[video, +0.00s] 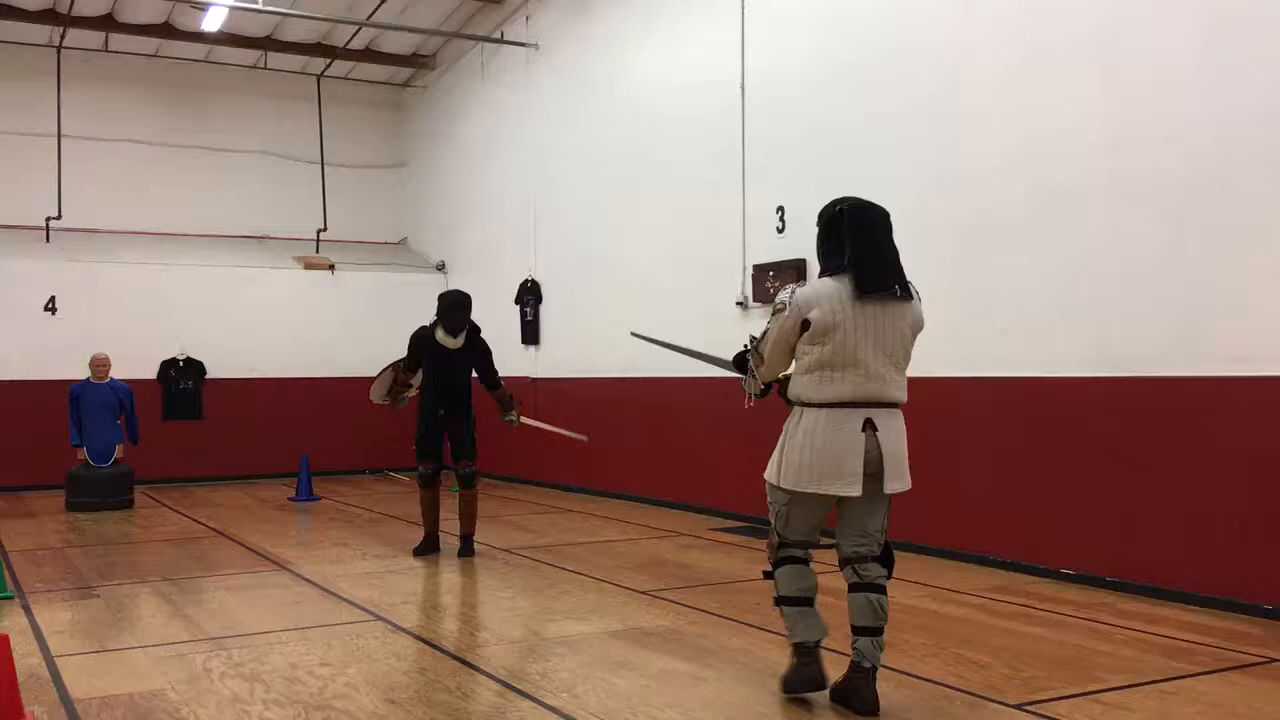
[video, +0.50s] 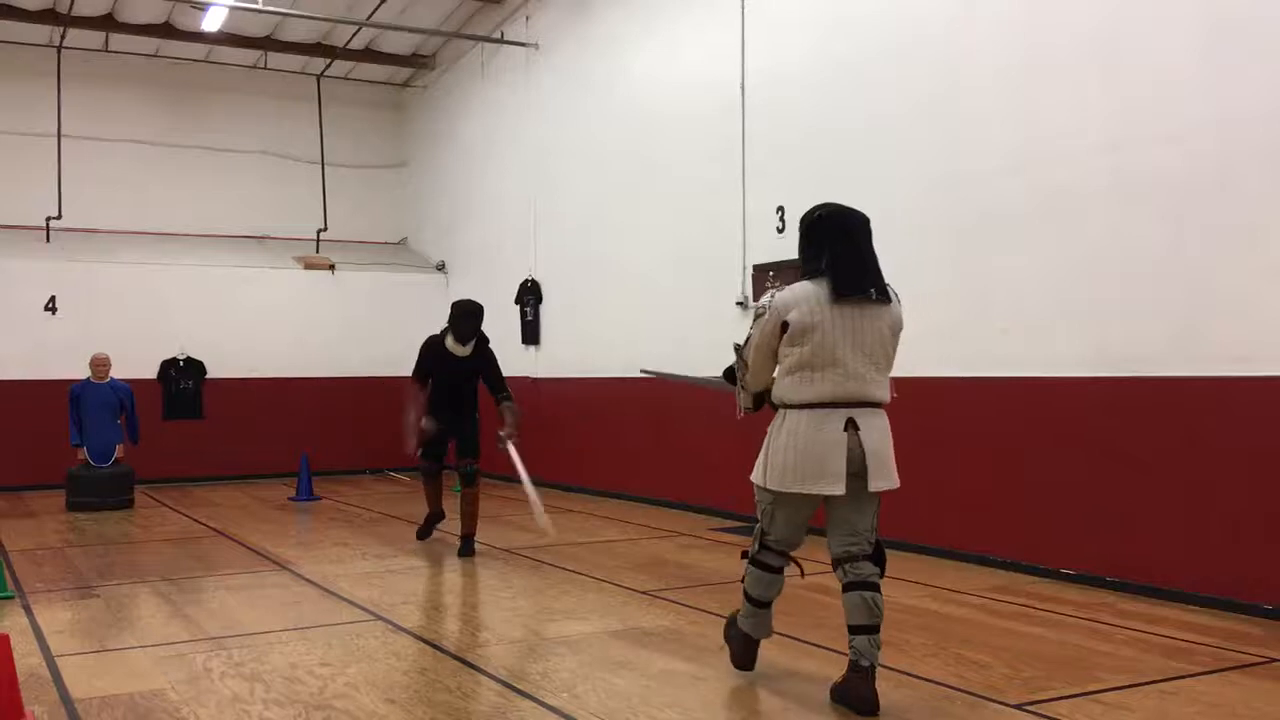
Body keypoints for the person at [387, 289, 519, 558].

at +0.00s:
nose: (457, 328)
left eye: (461, 323)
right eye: (452, 323)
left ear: (467, 319)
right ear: (441, 317)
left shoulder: (475, 344)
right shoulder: (423, 338)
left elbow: (491, 380)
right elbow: (408, 370)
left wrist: (509, 407)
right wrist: (395, 394)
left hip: (461, 414)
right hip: (429, 413)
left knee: (467, 474)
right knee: (427, 474)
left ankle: (467, 539)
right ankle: (430, 537)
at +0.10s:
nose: (459, 330)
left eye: (463, 325)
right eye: (454, 324)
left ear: (469, 322)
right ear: (444, 319)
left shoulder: (476, 346)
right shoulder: (425, 339)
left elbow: (493, 382)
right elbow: (410, 371)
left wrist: (512, 410)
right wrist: (397, 396)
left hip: (462, 414)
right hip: (430, 413)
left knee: (465, 474)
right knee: (427, 473)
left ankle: (466, 539)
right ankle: (429, 536)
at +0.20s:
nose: (463, 330)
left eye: (468, 325)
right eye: (458, 325)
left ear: (474, 323)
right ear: (448, 320)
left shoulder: (480, 348)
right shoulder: (429, 339)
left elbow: (497, 386)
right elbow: (414, 373)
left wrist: (517, 419)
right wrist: (400, 405)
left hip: (464, 415)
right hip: (432, 412)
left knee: (466, 473)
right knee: (427, 471)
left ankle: (466, 537)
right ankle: (432, 530)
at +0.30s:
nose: (465, 335)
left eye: (470, 330)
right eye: (461, 330)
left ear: (478, 326)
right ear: (452, 322)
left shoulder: (484, 349)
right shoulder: (432, 341)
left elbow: (502, 392)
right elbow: (414, 380)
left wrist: (520, 430)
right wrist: (405, 415)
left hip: (466, 415)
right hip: (434, 412)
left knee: (468, 472)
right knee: (429, 467)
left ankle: (467, 536)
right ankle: (435, 519)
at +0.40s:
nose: (465, 338)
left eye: (470, 334)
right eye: (461, 333)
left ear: (477, 328)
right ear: (452, 323)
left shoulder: (482, 350)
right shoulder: (432, 344)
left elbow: (502, 394)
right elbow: (413, 388)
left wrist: (514, 434)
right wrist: (408, 430)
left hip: (466, 416)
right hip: (435, 414)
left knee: (467, 473)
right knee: (428, 466)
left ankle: (467, 536)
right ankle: (434, 513)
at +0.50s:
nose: (465, 339)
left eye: (471, 334)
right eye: (461, 334)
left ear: (477, 330)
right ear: (452, 325)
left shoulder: (482, 352)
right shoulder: (433, 346)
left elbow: (500, 390)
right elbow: (418, 384)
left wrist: (510, 422)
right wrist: (416, 418)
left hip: (467, 418)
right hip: (436, 415)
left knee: (468, 473)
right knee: (429, 466)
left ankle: (468, 536)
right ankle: (435, 511)